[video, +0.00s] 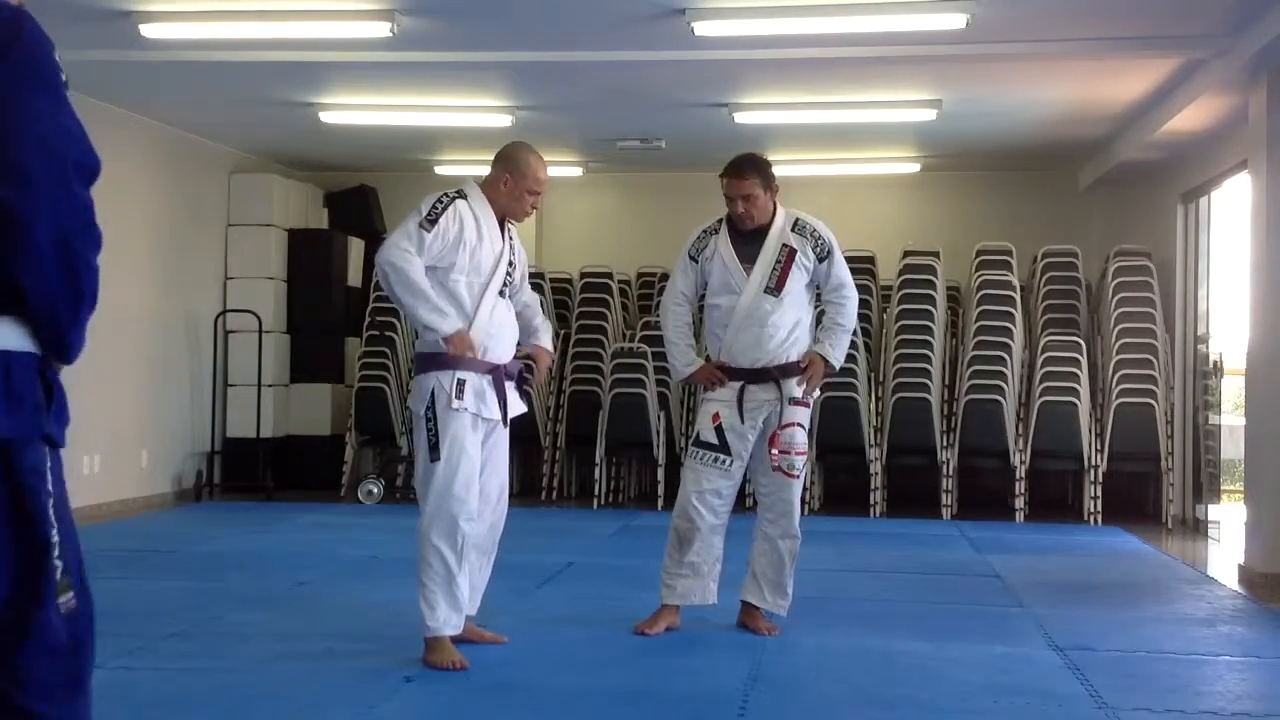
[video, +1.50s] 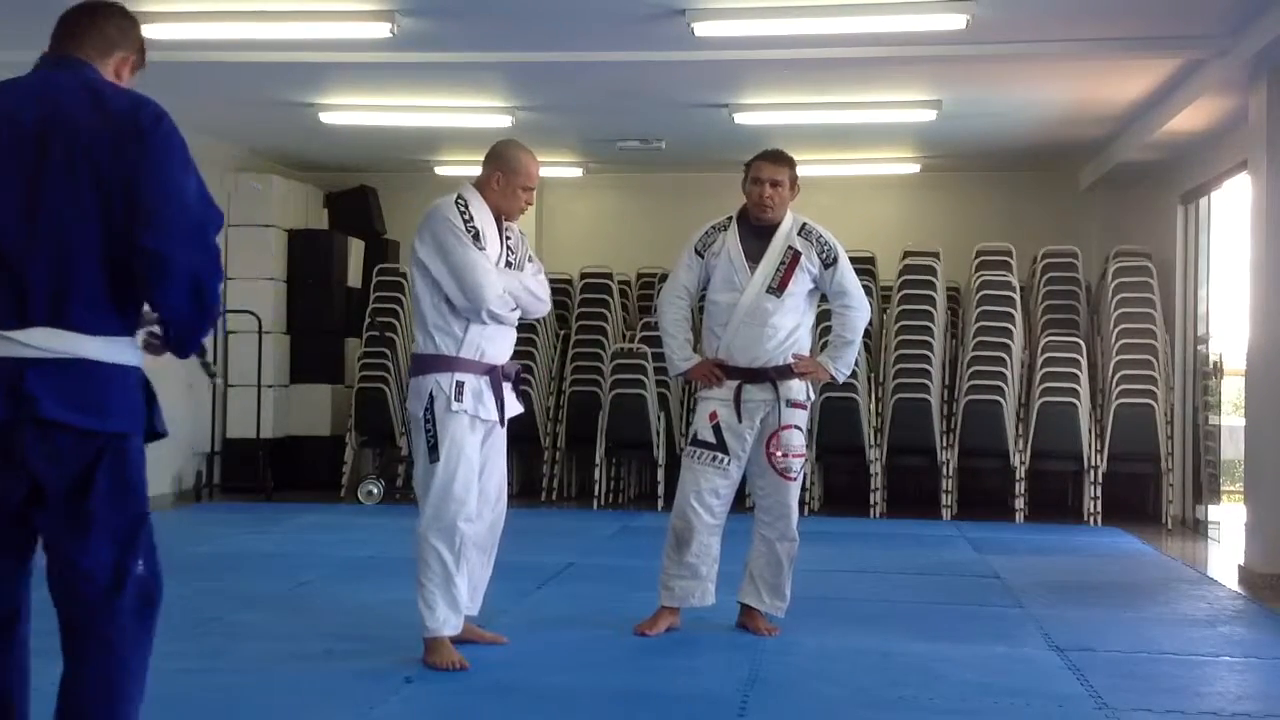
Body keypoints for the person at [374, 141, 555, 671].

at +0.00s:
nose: (537, 204)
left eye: (541, 195)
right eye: (534, 193)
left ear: (513, 184)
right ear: (504, 179)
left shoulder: (509, 239)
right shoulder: (453, 207)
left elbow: (524, 297)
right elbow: (394, 255)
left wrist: (540, 339)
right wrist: (448, 326)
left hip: (494, 389)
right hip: (450, 385)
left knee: (488, 505)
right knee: (450, 506)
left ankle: (460, 619)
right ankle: (437, 633)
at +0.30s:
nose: (539, 204)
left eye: (542, 195)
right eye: (535, 193)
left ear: (519, 187)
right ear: (505, 180)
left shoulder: (512, 243)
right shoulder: (453, 208)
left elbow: (524, 302)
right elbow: (388, 251)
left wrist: (533, 343)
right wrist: (423, 334)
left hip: (496, 393)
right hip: (449, 389)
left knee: (489, 510)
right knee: (449, 510)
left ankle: (463, 619)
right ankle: (438, 632)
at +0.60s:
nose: (530, 200)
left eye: (533, 191)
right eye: (525, 189)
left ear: (504, 184)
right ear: (494, 179)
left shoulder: (508, 233)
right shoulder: (442, 213)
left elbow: (548, 290)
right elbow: (457, 282)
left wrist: (524, 288)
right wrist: (522, 316)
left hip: (497, 389)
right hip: (452, 387)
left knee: (490, 508)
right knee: (450, 509)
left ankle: (463, 618)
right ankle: (438, 634)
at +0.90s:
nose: (526, 197)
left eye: (529, 188)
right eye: (520, 186)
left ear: (510, 183)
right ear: (488, 175)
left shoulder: (505, 227)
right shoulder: (442, 214)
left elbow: (553, 275)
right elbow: (489, 290)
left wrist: (499, 267)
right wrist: (527, 289)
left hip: (494, 391)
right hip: (450, 389)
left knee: (488, 509)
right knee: (448, 510)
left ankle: (462, 619)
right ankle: (437, 634)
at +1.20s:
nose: (530, 201)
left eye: (533, 190)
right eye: (525, 189)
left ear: (505, 183)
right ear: (493, 179)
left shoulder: (507, 232)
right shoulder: (447, 218)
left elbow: (541, 300)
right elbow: (483, 296)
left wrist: (494, 280)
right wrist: (524, 289)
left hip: (490, 391)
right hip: (447, 390)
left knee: (486, 509)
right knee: (448, 510)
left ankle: (460, 618)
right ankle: (438, 634)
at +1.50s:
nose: (530, 201)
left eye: (534, 190)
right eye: (525, 189)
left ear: (507, 183)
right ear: (494, 179)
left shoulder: (508, 233)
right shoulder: (447, 218)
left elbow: (542, 301)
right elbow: (483, 295)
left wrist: (495, 280)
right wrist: (524, 291)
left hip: (492, 391)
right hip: (448, 389)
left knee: (487, 509)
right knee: (448, 510)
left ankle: (461, 619)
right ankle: (438, 634)